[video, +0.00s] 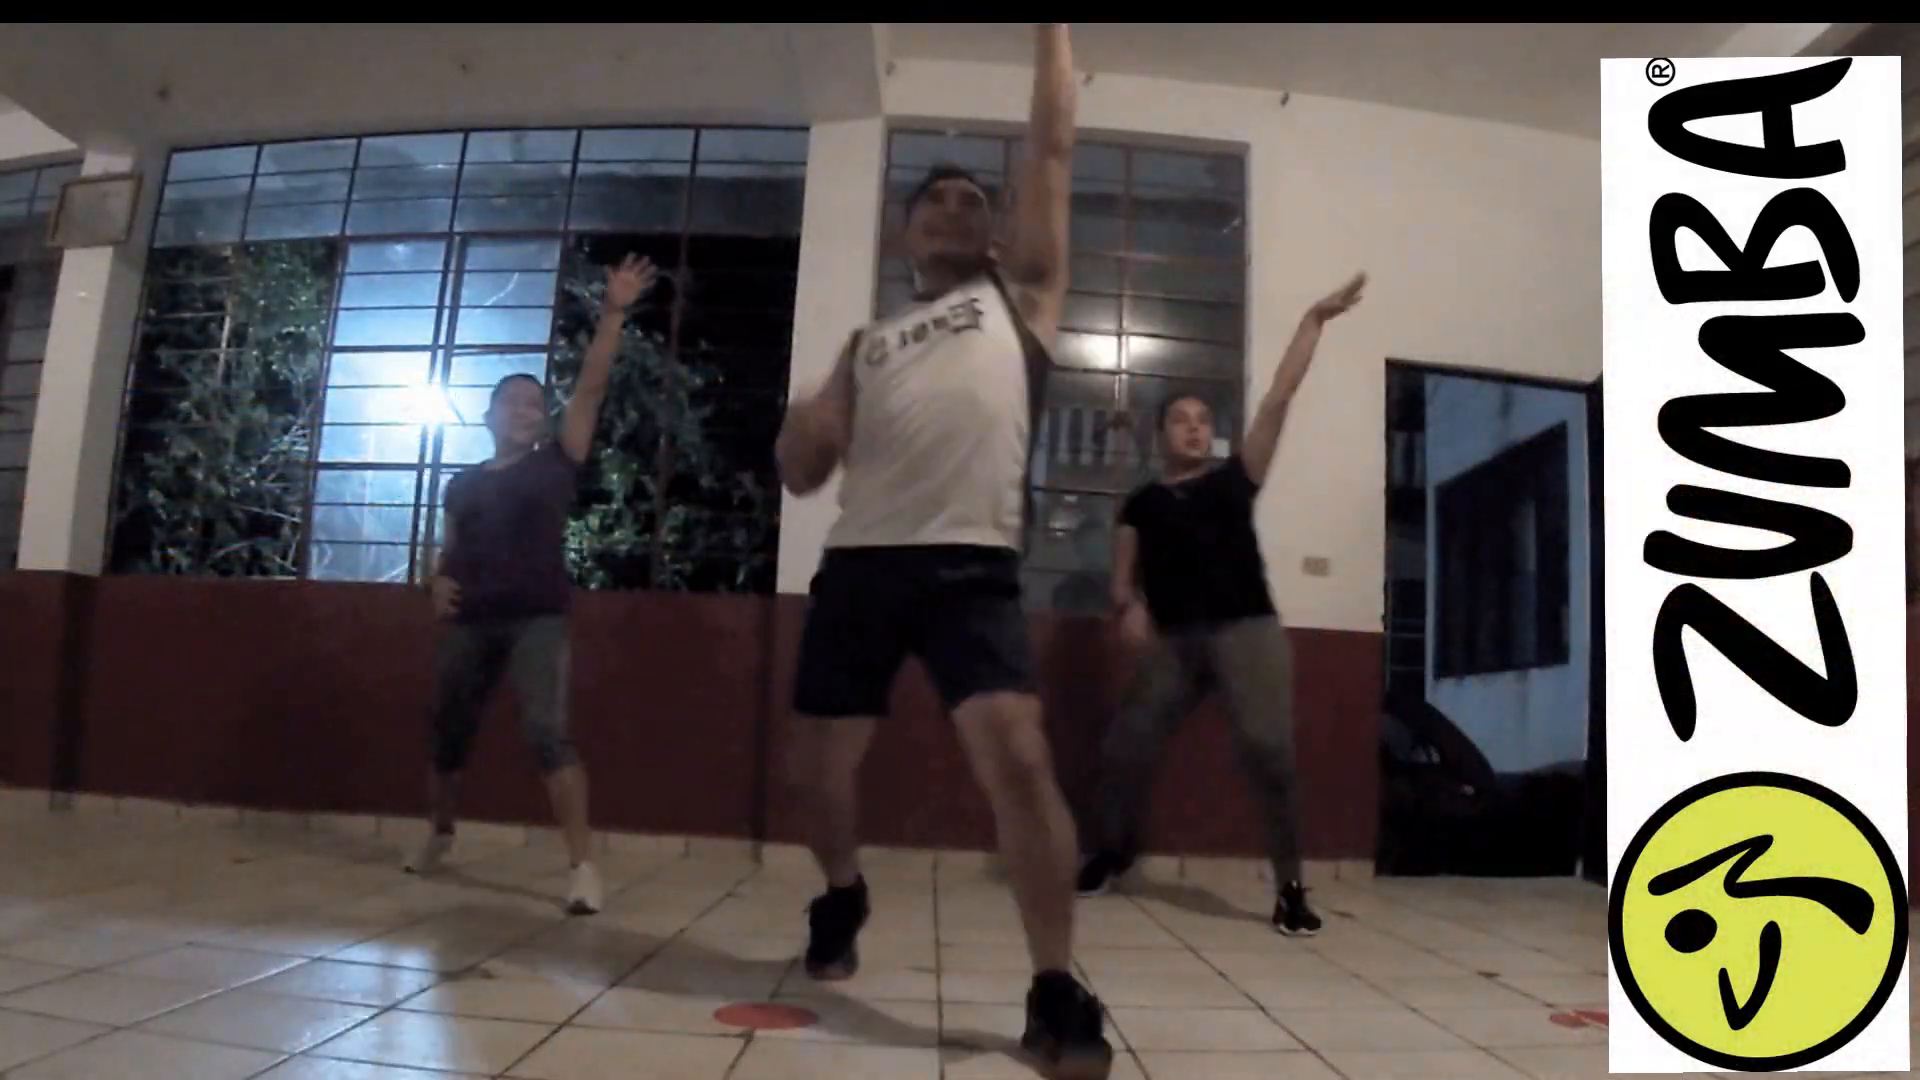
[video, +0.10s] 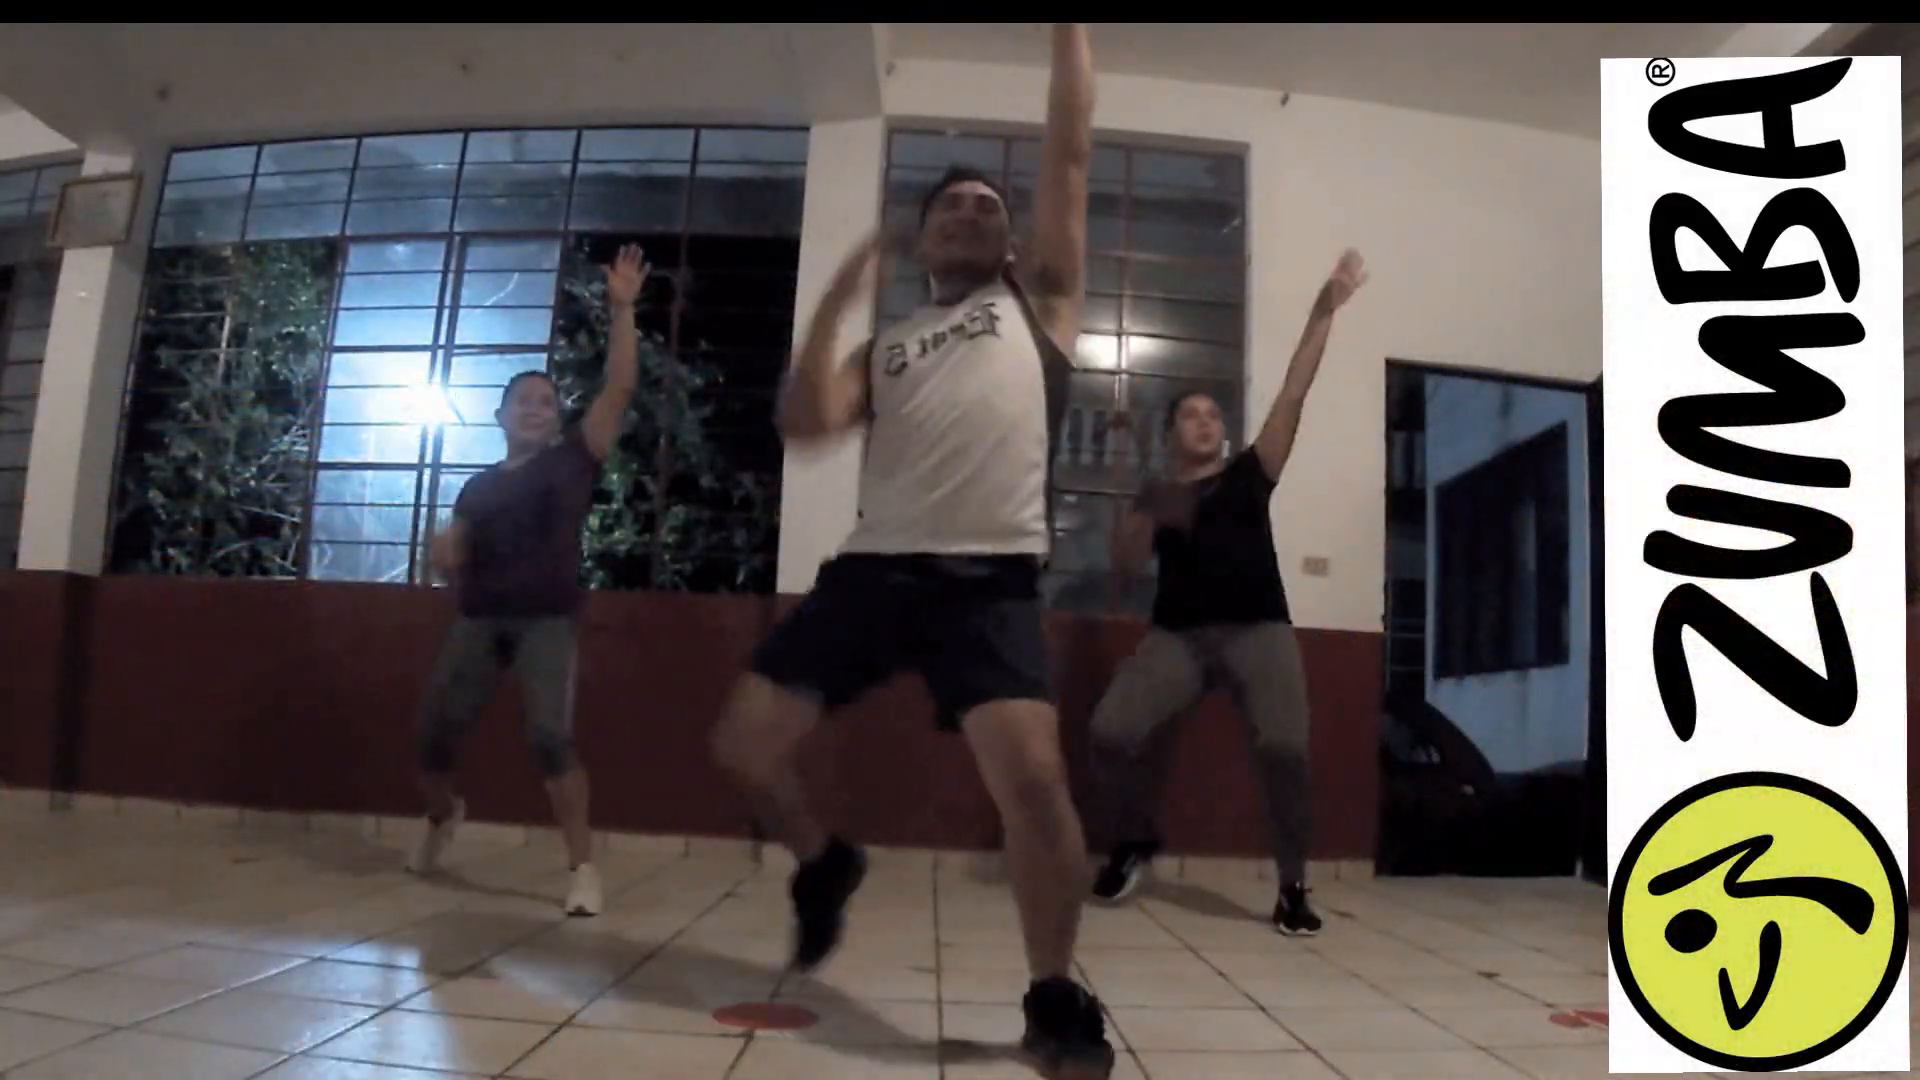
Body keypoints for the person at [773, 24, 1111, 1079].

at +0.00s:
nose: (956, 206)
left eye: (972, 203)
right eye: (936, 201)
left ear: (996, 236)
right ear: (907, 237)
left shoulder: (1020, 299)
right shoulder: (866, 346)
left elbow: (1053, 142)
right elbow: (800, 475)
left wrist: (1055, 25)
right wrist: (805, 432)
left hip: (973, 570)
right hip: (859, 570)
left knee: (1021, 765)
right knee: (819, 779)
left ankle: (1056, 986)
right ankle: (840, 895)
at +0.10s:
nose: (968, 206)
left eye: (986, 204)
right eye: (950, 201)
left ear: (1010, 242)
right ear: (921, 241)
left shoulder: (1034, 308)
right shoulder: (884, 352)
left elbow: (1071, 150)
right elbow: (802, 421)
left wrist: (1069, 26)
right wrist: (838, 300)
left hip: (992, 586)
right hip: (871, 577)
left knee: (1035, 780)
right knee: (746, 744)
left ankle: (1056, 993)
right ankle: (820, 860)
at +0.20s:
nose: (969, 200)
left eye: (987, 196)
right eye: (952, 193)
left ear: (1013, 234)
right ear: (924, 227)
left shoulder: (1041, 305)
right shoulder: (880, 318)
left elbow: (1079, 149)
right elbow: (777, 277)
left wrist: (1082, 25)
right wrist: (855, 153)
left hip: (994, 585)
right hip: (866, 572)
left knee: (1040, 772)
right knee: (711, 704)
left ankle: (1054, 991)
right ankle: (789, 866)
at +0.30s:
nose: (965, 175)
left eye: (983, 169)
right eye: (942, 165)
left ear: (1003, 209)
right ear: (906, 196)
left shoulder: (1019, 288)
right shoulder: (860, 274)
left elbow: (1086, 147)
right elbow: (801, 146)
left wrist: (1093, 20)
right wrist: (826, 37)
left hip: (982, 565)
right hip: (846, 550)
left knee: (1029, 762)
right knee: (714, 712)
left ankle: (1055, 988)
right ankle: (726, 921)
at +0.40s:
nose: (936, 177)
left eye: (956, 170)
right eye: (918, 165)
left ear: (976, 201)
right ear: (881, 188)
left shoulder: (987, 283)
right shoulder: (839, 248)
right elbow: (824, 102)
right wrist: (820, 18)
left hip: (947, 559)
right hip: (815, 546)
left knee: (991, 766)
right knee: (739, 758)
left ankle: (1052, 985)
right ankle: (670, 979)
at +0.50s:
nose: (909, 197)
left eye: (926, 190)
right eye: (891, 183)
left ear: (943, 221)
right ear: (850, 202)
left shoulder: (946, 327)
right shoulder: (799, 264)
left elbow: (1057, 349)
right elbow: (792, 115)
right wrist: (792, 13)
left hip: (913, 575)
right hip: (786, 567)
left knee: (1000, 755)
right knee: (710, 757)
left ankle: (1051, 980)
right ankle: (665, 980)